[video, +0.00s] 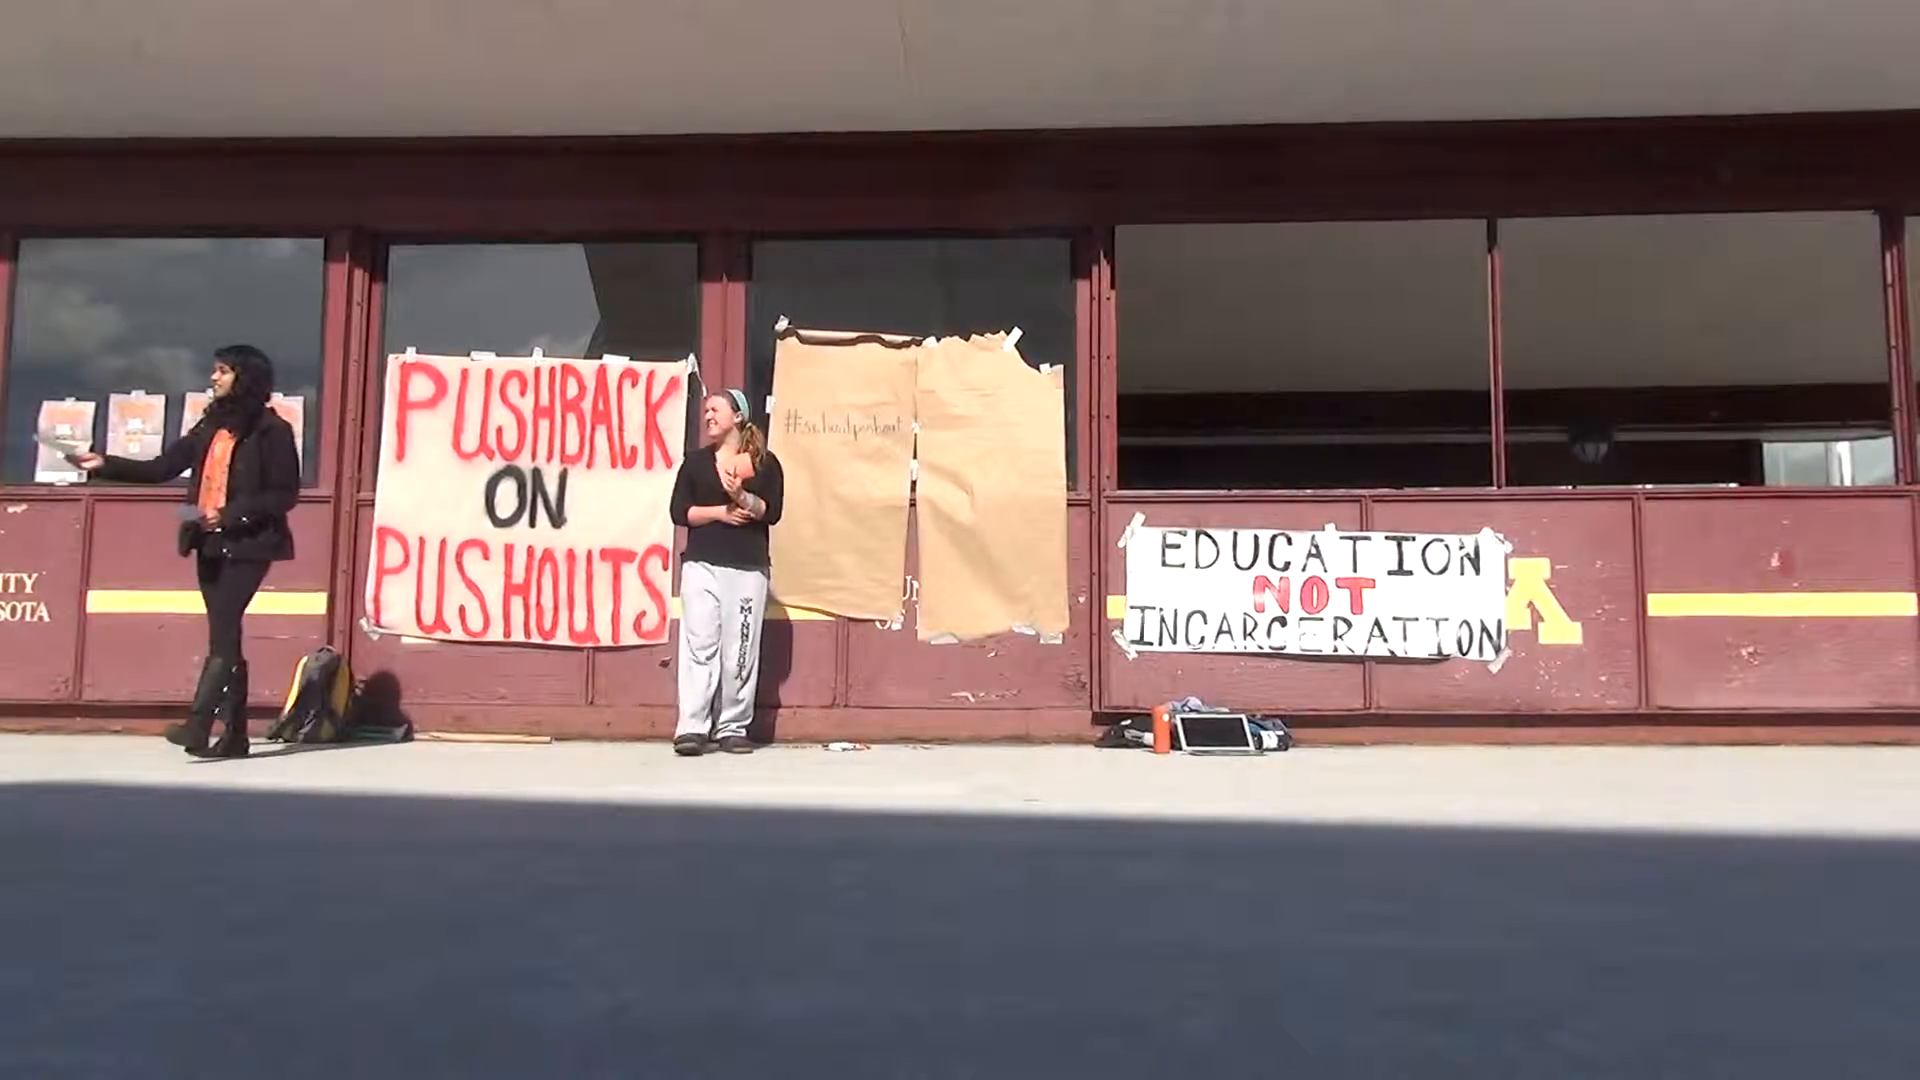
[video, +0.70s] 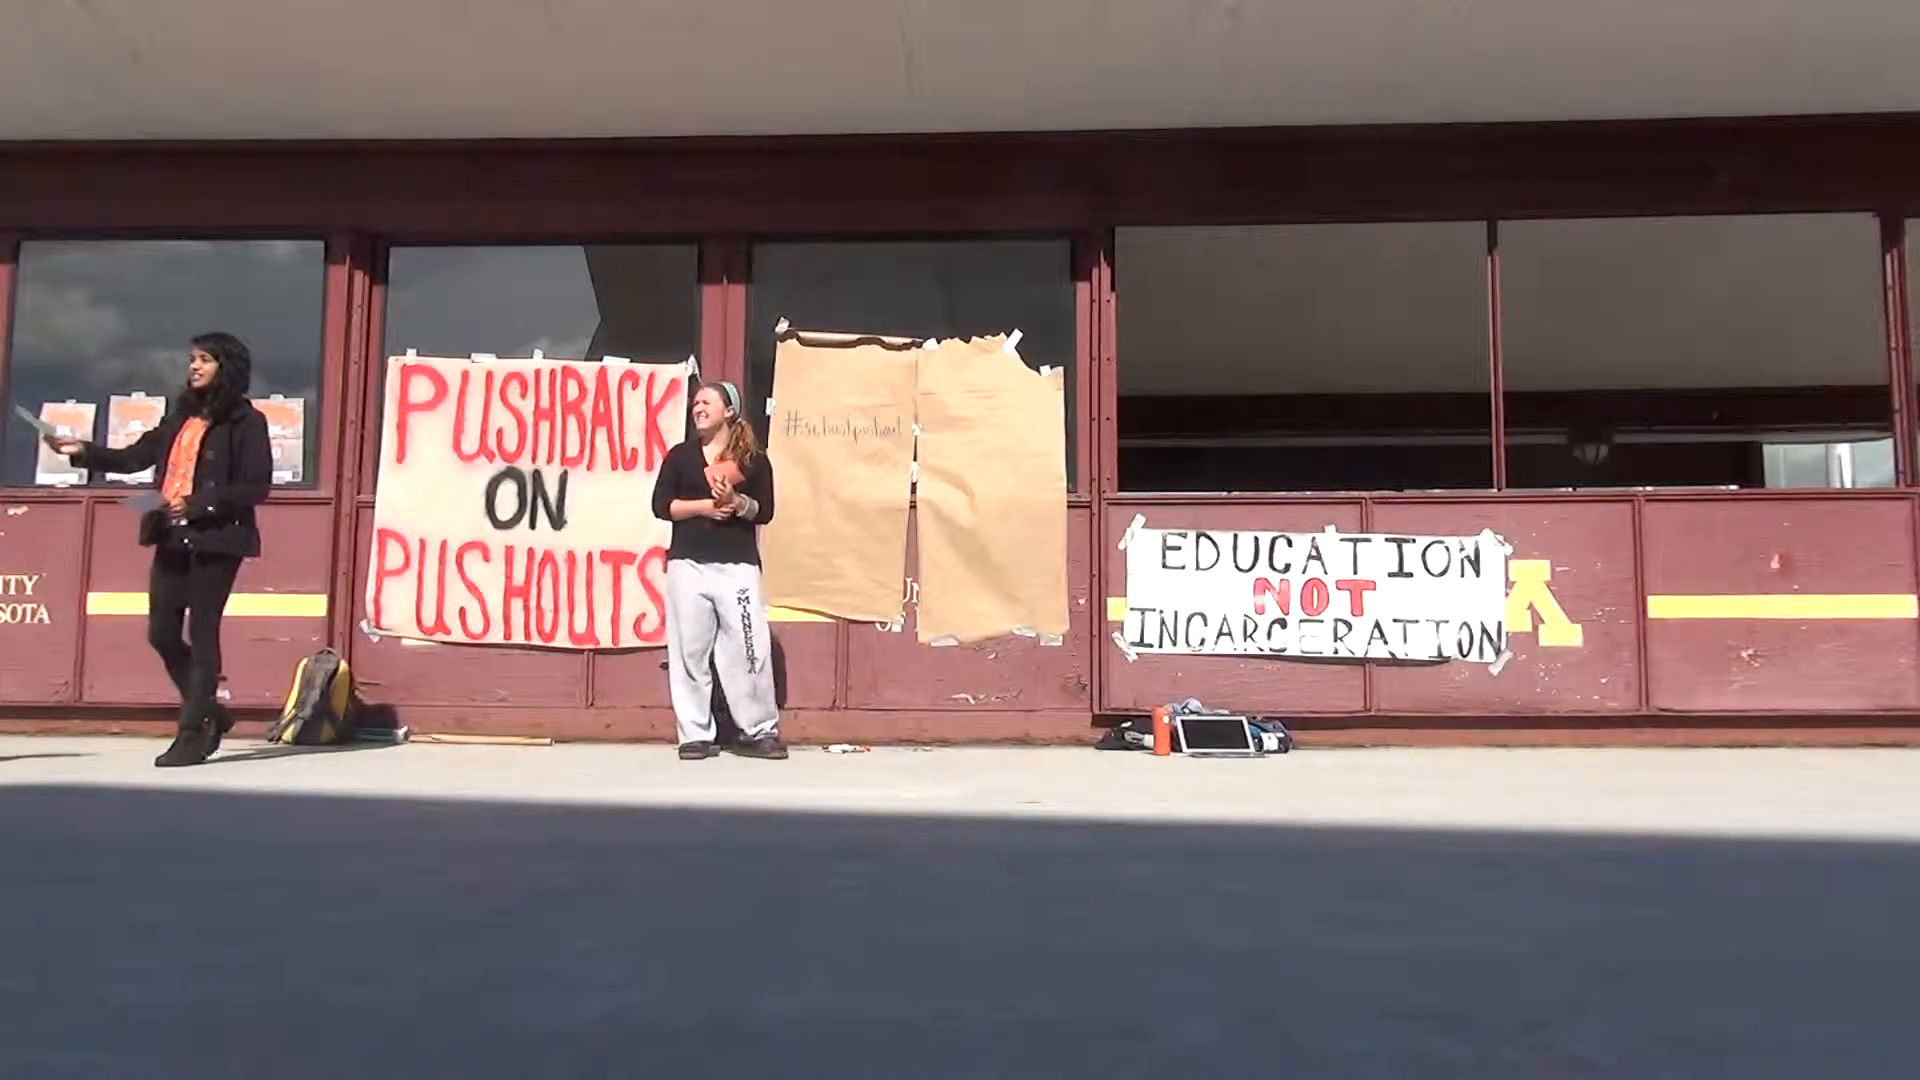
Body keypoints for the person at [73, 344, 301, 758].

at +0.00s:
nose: (214, 377)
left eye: (223, 371)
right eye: (215, 371)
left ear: (245, 379)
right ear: (222, 379)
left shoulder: (273, 430)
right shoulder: (213, 424)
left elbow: (285, 493)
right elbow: (164, 467)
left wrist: (233, 514)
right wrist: (106, 464)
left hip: (252, 544)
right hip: (212, 541)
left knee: (224, 622)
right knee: (224, 628)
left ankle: (199, 722)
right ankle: (236, 733)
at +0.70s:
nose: (193, 368)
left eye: (203, 361)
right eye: (192, 361)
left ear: (226, 368)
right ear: (192, 367)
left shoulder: (248, 422)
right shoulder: (182, 414)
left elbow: (256, 488)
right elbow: (137, 457)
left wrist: (202, 502)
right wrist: (80, 452)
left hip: (218, 542)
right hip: (175, 539)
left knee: (203, 633)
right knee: (162, 634)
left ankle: (191, 736)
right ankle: (210, 711)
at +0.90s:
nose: (189, 365)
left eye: (199, 358)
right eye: (187, 358)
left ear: (223, 364)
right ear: (185, 364)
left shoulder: (245, 420)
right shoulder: (178, 410)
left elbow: (253, 488)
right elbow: (134, 452)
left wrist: (195, 505)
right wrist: (76, 443)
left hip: (214, 543)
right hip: (169, 537)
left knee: (201, 636)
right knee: (145, 630)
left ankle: (190, 739)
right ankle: (174, 727)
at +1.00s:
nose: (186, 364)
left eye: (196, 357)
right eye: (184, 358)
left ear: (220, 363)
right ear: (183, 365)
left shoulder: (243, 418)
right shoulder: (176, 411)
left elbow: (252, 487)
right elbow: (132, 452)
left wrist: (191, 505)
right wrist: (78, 442)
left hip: (214, 541)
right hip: (167, 536)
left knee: (200, 632)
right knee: (137, 627)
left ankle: (191, 739)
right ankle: (139, 736)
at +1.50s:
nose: (162, 359)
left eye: (172, 352)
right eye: (159, 352)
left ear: (197, 358)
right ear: (156, 359)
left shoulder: (220, 418)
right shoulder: (148, 408)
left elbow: (231, 484)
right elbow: (104, 453)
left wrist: (174, 503)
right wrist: (60, 459)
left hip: (192, 542)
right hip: (143, 538)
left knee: (189, 634)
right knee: (119, 632)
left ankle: (190, 740)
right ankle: (87, 740)